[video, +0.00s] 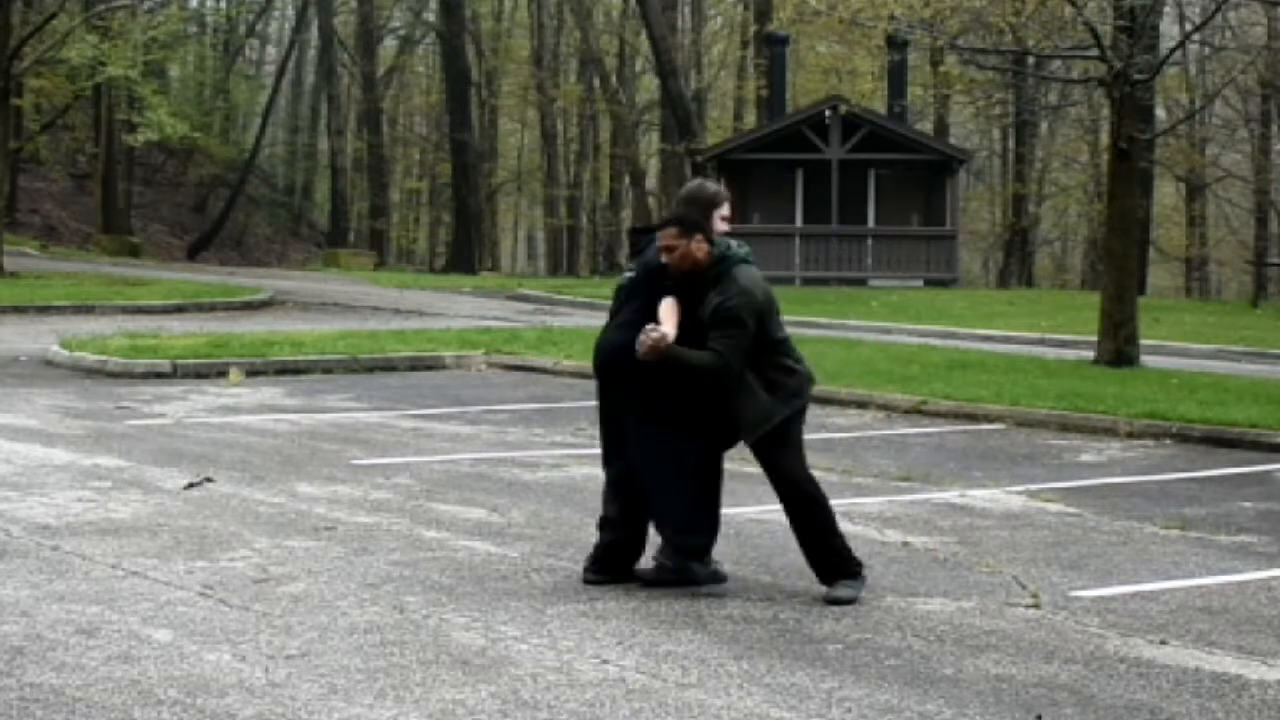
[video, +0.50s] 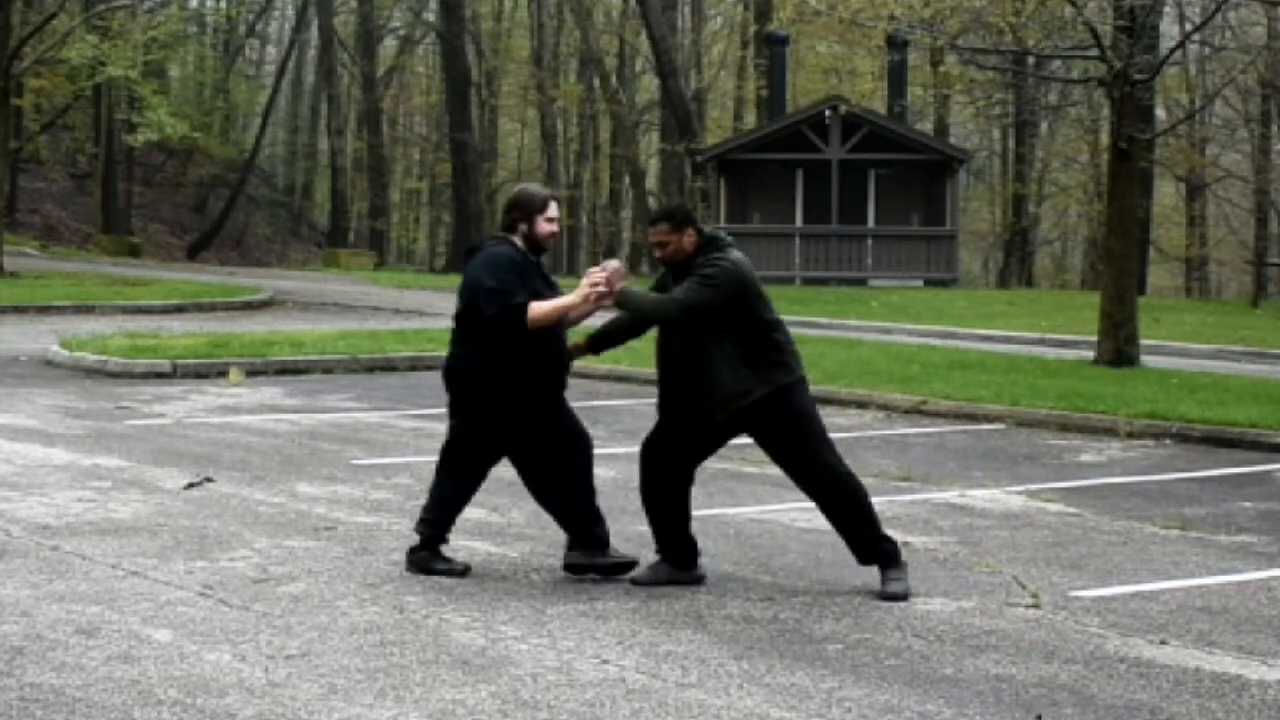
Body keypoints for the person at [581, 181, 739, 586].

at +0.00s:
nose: (729, 224)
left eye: (729, 217)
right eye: (724, 217)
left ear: (697, 222)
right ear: (706, 219)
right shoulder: (680, 257)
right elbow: (670, 294)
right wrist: (669, 327)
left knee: (629, 457)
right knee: (690, 465)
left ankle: (612, 554)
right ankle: (686, 557)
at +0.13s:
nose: (654, 260)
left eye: (661, 250)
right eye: (650, 251)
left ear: (688, 244)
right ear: (651, 249)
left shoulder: (727, 288)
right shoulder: (672, 280)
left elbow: (710, 364)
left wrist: (656, 352)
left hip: (766, 392)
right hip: (721, 390)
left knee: (783, 479)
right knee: (667, 461)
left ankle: (845, 573)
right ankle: (681, 557)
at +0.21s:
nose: (645, 254)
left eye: (652, 244)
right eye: (641, 246)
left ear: (679, 235)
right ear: (639, 240)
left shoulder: (720, 277)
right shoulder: (659, 269)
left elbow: (708, 350)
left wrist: (653, 342)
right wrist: (624, 306)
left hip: (764, 383)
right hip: (714, 383)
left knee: (790, 471)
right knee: (668, 461)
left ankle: (843, 571)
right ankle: (679, 560)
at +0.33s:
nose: (645, 254)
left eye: (651, 245)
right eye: (641, 246)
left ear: (677, 236)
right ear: (642, 243)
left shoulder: (721, 273)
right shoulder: (649, 274)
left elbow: (692, 329)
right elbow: (618, 299)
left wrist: (629, 320)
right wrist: (603, 308)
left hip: (763, 388)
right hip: (708, 391)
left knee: (803, 468)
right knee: (668, 452)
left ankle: (863, 561)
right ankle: (679, 561)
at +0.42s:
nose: (646, 256)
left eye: (652, 246)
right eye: (643, 248)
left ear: (679, 237)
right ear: (652, 243)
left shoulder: (720, 272)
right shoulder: (660, 276)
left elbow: (676, 320)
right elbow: (626, 305)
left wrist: (612, 307)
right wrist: (598, 301)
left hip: (766, 390)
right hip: (709, 396)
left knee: (814, 470)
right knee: (663, 455)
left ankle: (878, 560)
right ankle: (678, 560)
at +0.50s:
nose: (657, 255)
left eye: (663, 246)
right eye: (654, 248)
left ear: (690, 237)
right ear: (665, 244)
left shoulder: (726, 268)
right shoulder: (673, 278)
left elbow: (671, 307)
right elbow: (639, 318)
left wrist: (619, 293)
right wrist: (586, 345)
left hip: (769, 392)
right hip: (713, 399)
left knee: (823, 474)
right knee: (660, 457)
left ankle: (887, 560)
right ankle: (678, 561)